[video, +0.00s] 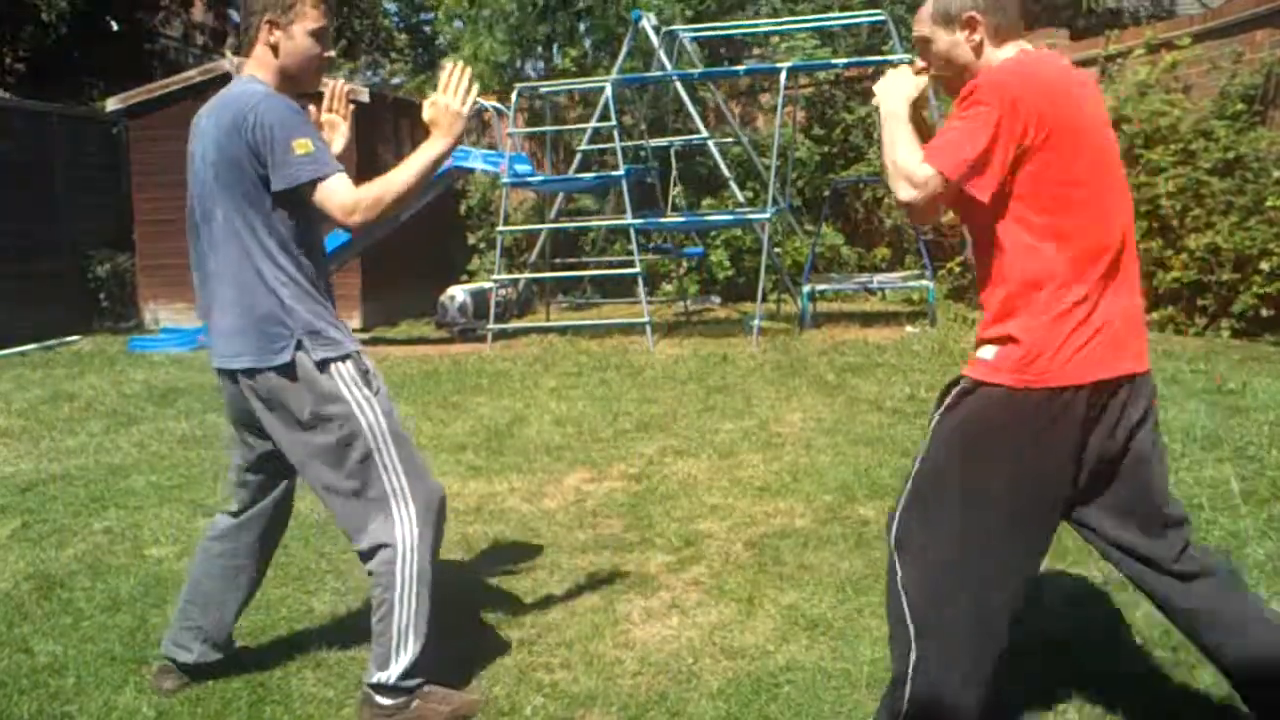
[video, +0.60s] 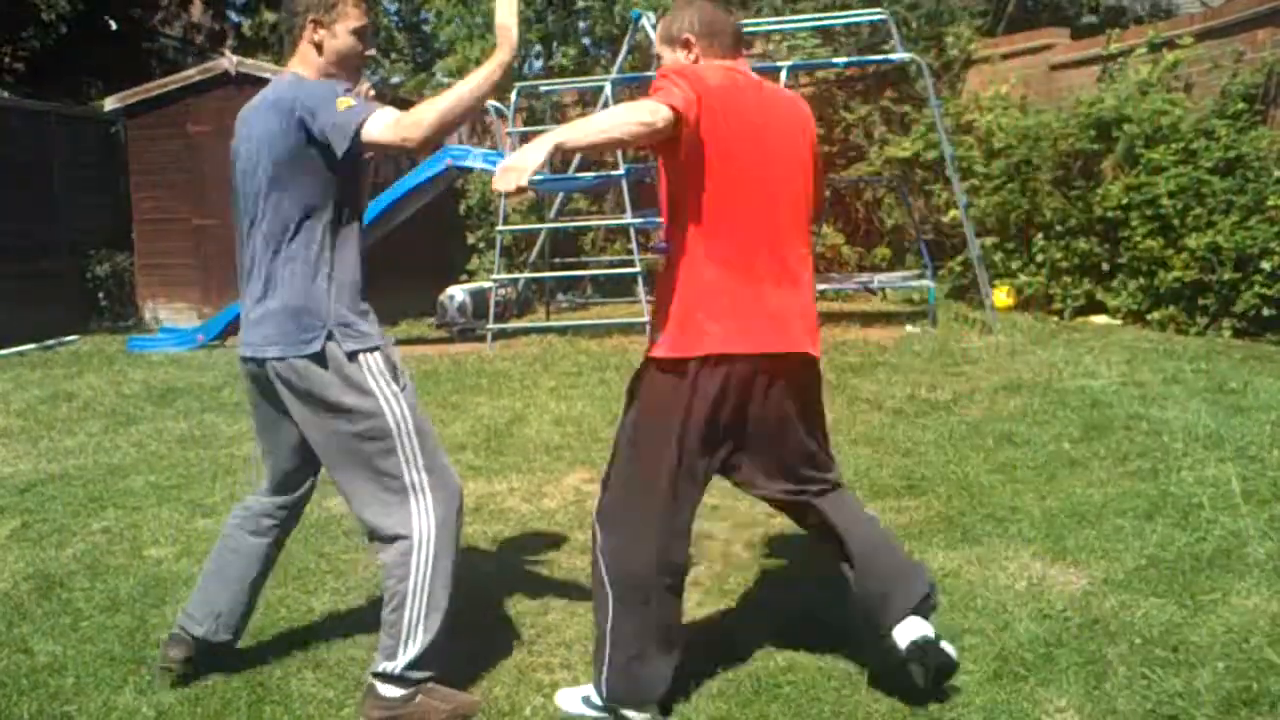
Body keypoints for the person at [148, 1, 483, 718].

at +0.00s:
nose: (328, 51)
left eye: (328, 37)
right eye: (319, 35)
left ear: (271, 38)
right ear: (269, 35)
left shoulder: (215, 114)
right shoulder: (269, 111)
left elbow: (275, 228)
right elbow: (358, 208)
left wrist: (325, 159)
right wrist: (440, 141)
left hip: (240, 348)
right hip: (298, 345)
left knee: (252, 500)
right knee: (407, 502)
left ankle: (188, 655)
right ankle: (396, 686)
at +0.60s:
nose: (370, 49)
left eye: (370, 35)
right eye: (362, 34)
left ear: (314, 34)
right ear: (318, 33)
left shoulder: (254, 114)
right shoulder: (308, 97)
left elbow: (330, 212)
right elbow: (412, 131)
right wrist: (502, 55)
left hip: (265, 338)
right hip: (328, 334)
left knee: (276, 492)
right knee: (426, 495)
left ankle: (196, 638)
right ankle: (400, 680)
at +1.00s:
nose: (345, 65)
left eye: (346, 51)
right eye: (339, 49)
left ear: (293, 42)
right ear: (298, 41)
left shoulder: (259, 107)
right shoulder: (270, 103)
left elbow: (335, 201)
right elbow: (349, 171)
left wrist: (372, 134)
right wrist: (414, 148)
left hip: (251, 333)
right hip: (289, 333)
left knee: (262, 484)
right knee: (377, 474)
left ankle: (188, 632)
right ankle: (383, 661)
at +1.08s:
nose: (341, 59)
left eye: (342, 45)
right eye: (334, 42)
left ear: (291, 37)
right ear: (292, 35)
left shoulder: (284, 111)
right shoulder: (250, 99)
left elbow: (366, 183)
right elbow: (294, 195)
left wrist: (387, 114)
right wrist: (389, 191)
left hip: (266, 327)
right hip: (281, 328)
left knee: (262, 476)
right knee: (365, 471)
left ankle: (185, 629)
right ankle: (355, 657)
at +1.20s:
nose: (341, 54)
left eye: (341, 41)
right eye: (332, 40)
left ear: (305, 42)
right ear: (288, 37)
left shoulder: (317, 105)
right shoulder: (242, 113)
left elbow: (403, 81)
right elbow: (214, 219)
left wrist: (485, 29)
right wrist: (312, 276)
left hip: (275, 334)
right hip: (282, 337)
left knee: (247, 488)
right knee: (370, 475)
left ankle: (175, 634)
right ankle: (350, 654)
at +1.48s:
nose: (341, 42)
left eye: (340, 30)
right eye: (334, 28)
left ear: (286, 27)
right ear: (296, 26)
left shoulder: (235, 101)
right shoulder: (305, 82)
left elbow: (330, 181)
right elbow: (413, 91)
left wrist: (423, 159)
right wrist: (431, 102)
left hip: (264, 310)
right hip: (319, 312)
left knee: (278, 453)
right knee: (376, 468)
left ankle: (206, 589)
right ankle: (358, 653)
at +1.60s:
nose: (344, 43)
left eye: (343, 31)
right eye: (339, 30)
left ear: (287, 29)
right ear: (305, 28)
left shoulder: (226, 109)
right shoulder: (325, 79)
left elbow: (261, 196)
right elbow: (426, 101)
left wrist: (355, 172)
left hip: (255, 313)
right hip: (323, 307)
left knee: (278, 444)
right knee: (366, 465)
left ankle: (239, 583)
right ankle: (357, 650)